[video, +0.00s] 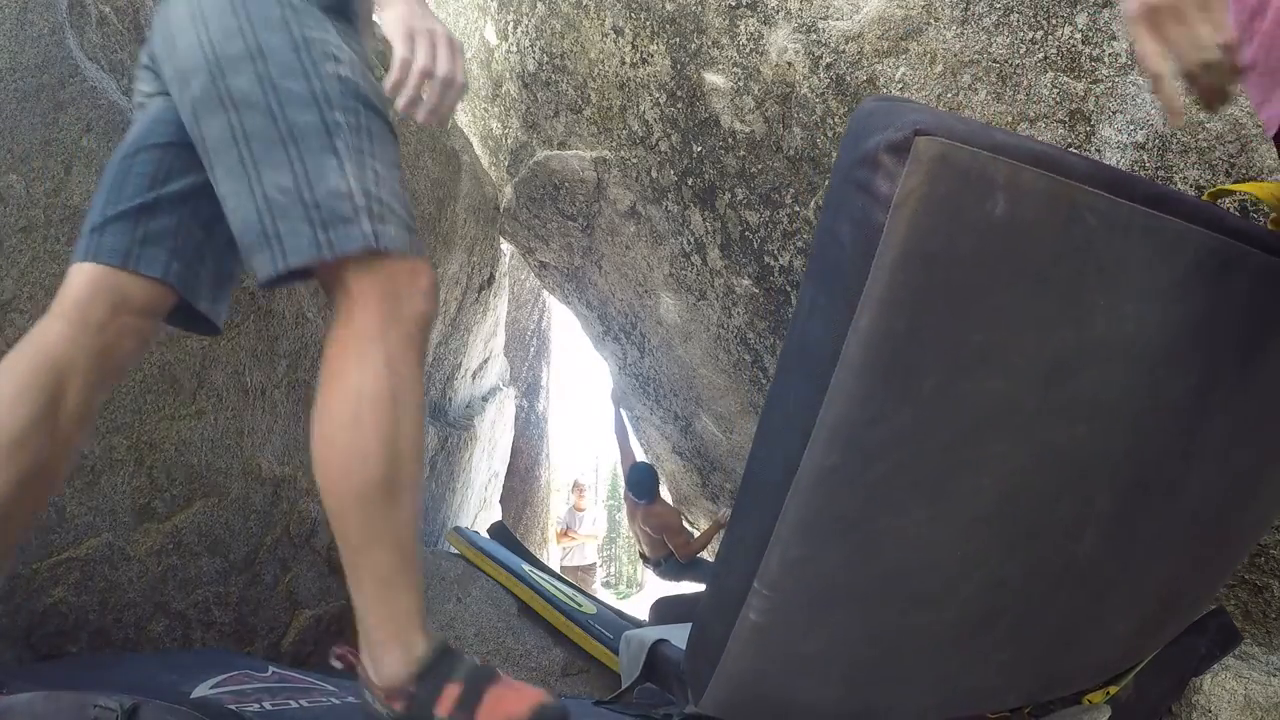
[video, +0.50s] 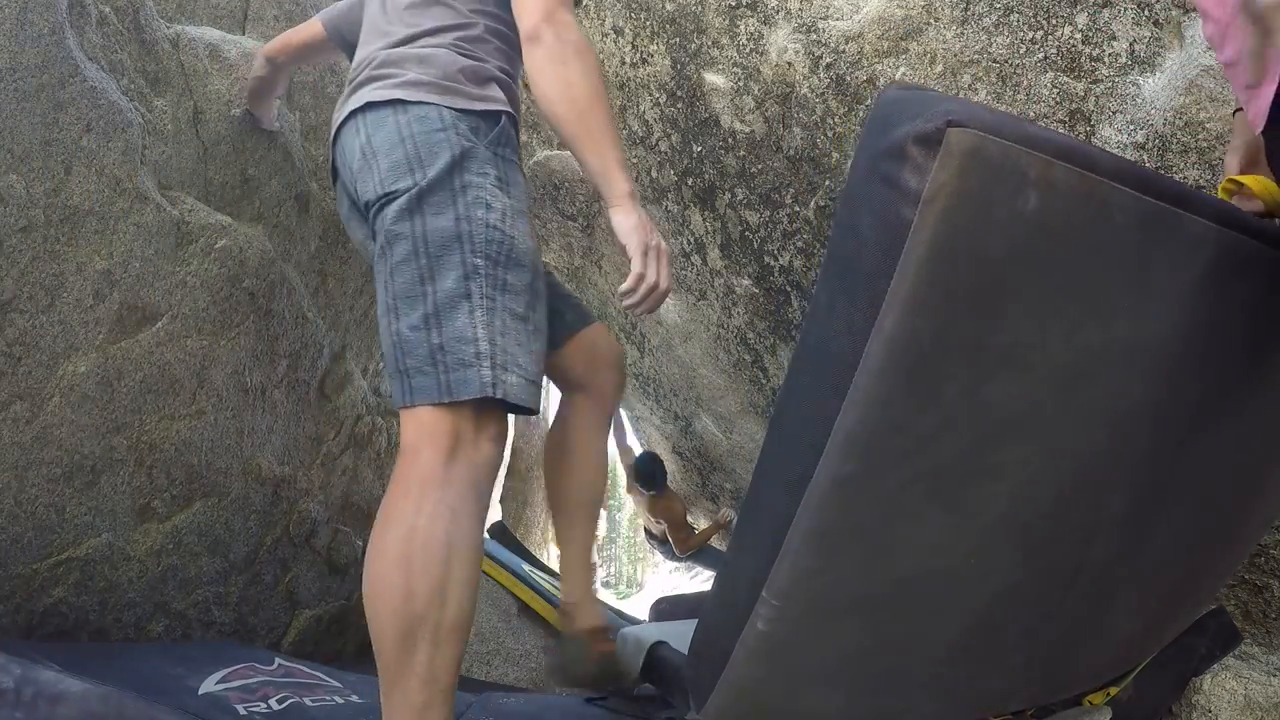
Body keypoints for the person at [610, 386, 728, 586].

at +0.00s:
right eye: (655, 471)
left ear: (632, 486)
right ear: (657, 482)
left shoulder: (631, 495)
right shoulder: (665, 517)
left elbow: (624, 445)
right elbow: (686, 555)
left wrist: (616, 407)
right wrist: (716, 526)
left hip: (649, 559)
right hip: (670, 564)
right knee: (718, 574)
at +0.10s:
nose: (659, 469)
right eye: (657, 469)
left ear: (633, 485)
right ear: (659, 480)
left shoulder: (632, 494)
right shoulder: (666, 513)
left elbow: (623, 445)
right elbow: (685, 553)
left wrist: (616, 407)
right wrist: (717, 525)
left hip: (650, 553)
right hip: (669, 559)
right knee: (717, 574)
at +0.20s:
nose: (661, 467)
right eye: (659, 467)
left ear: (635, 483)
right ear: (661, 478)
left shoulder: (632, 490)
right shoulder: (668, 509)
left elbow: (622, 445)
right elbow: (684, 550)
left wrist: (616, 407)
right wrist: (715, 526)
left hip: (652, 546)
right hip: (671, 554)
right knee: (720, 568)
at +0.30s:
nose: (662, 463)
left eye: (658, 461)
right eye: (660, 464)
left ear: (636, 480)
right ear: (663, 476)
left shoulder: (632, 483)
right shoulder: (669, 508)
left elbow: (621, 443)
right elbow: (683, 549)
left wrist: (616, 407)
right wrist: (716, 526)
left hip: (651, 540)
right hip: (671, 550)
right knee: (721, 565)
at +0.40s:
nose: (662, 459)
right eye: (661, 461)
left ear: (637, 479)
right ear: (664, 473)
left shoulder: (633, 479)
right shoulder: (670, 507)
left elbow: (621, 442)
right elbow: (682, 548)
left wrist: (616, 407)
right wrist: (716, 526)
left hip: (651, 537)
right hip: (671, 547)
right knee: (721, 564)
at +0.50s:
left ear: (637, 483)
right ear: (665, 473)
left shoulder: (634, 481)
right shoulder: (670, 507)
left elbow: (621, 442)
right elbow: (683, 548)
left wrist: (614, 405)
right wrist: (716, 526)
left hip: (651, 535)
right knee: (727, 564)